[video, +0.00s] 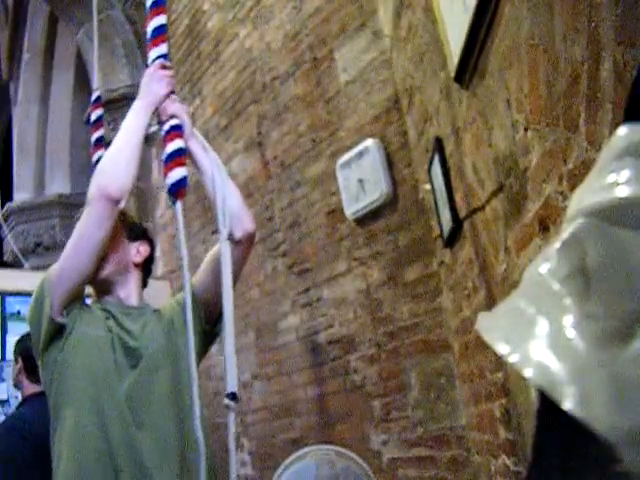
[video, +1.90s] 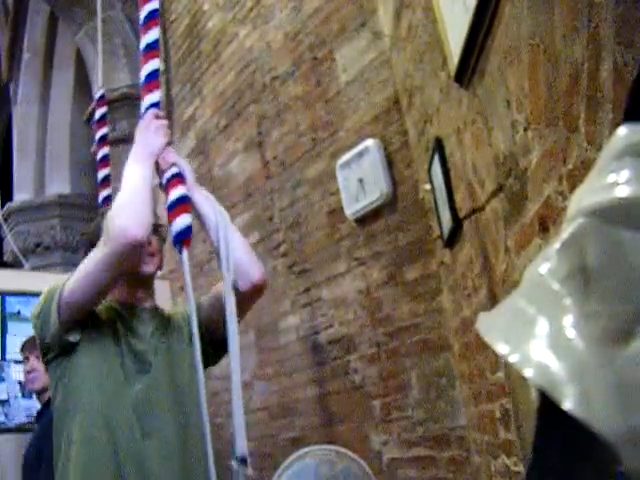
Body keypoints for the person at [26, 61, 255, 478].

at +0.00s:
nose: (96, 241)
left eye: (110, 233)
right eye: (96, 233)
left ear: (140, 251)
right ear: (83, 249)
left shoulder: (178, 325)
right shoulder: (61, 325)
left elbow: (240, 231)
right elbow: (107, 194)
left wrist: (189, 136)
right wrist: (144, 104)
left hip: (173, 470)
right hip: (85, 470)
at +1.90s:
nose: (148, 239)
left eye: (155, 231)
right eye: (137, 232)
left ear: (163, 244)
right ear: (108, 242)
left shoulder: (184, 331)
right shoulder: (65, 325)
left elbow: (251, 280)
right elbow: (126, 237)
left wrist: (193, 191)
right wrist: (142, 154)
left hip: (185, 471)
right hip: (94, 471)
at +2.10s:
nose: (153, 246)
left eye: (159, 235)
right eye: (136, 233)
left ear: (168, 249)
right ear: (97, 255)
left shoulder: (177, 326)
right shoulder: (58, 318)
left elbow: (252, 328)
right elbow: (127, 280)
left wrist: (200, 220)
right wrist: (149, 183)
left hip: (178, 471)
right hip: (90, 471)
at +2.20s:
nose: (152, 242)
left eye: (158, 235)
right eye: (135, 233)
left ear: (169, 251)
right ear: (104, 258)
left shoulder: (178, 334)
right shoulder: (53, 322)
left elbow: (252, 362)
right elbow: (119, 315)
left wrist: (204, 241)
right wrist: (157, 207)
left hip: (176, 472)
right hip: (85, 472)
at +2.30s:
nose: (160, 251)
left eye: (165, 241)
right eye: (143, 240)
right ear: (108, 259)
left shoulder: (180, 332)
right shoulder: (56, 321)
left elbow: (243, 402)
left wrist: (212, 280)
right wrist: (165, 243)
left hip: (175, 473)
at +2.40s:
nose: (163, 261)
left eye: (170, 248)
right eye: (148, 246)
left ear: (179, 256)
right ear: (111, 261)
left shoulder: (185, 332)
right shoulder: (60, 326)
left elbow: (237, 441)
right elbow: (86, 412)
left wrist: (217, 346)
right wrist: (170, 303)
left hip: (175, 473)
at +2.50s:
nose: (167, 267)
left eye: (175, 253)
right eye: (149, 252)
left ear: (184, 262)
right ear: (113, 266)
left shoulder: (190, 340)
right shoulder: (61, 337)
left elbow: (239, 467)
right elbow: (65, 452)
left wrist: (221, 423)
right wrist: (180, 375)